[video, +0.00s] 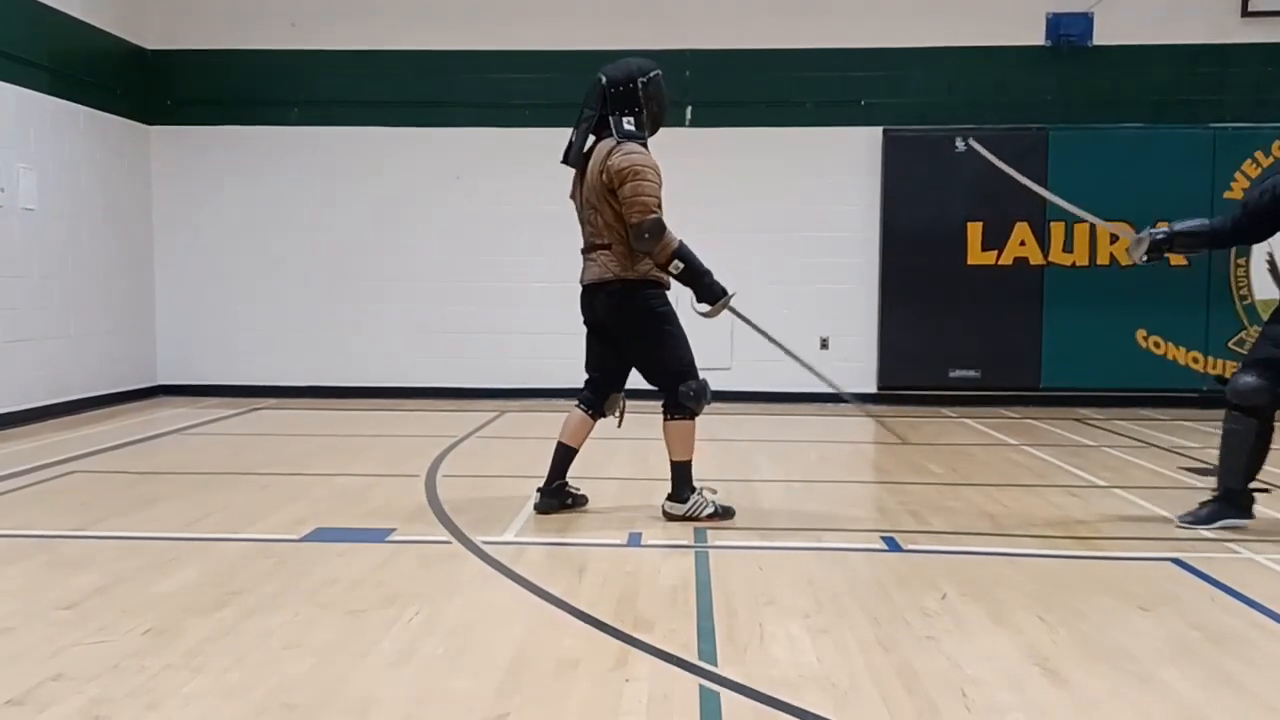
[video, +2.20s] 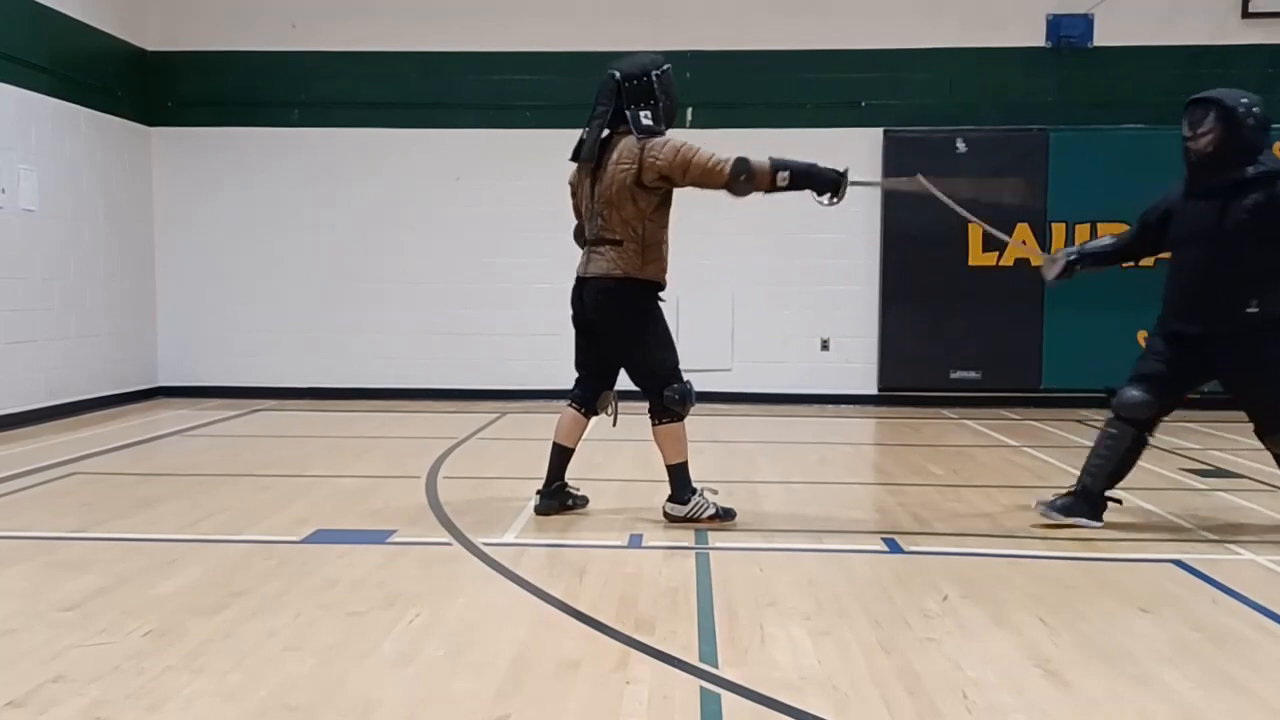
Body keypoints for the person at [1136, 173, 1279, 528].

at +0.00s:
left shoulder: (1273, 191)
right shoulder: (1272, 189)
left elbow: (1238, 227)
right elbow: (1238, 226)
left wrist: (1163, 237)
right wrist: (1165, 237)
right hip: (1279, 317)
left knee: (1252, 388)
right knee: (1251, 388)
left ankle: (1233, 498)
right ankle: (1232, 497)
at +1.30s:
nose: (1270, 125)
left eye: (1276, 116)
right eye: (1265, 116)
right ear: (1257, 123)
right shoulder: (1254, 178)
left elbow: (1193, 213)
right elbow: (1192, 213)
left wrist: (1114, 219)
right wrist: (1112, 220)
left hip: (1270, 316)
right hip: (1259, 314)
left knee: (1209, 388)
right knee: (1203, 389)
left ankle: (1193, 493)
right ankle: (1193, 494)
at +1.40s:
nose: (1253, 128)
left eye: (1265, 117)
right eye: (1248, 118)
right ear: (1240, 126)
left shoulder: (1269, 184)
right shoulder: (1238, 190)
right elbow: (1174, 224)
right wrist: (1097, 223)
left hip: (1269, 322)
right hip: (1250, 320)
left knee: (1191, 388)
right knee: (1186, 389)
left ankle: (1143, 488)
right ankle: (1142, 490)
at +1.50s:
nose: (1220, 133)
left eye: (1234, 125)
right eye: (1218, 124)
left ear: (1263, 132)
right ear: (1211, 128)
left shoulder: (1271, 189)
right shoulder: (1211, 194)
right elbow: (1144, 225)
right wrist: (1069, 217)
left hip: (1270, 328)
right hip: (1223, 328)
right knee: (1165, 403)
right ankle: (1103, 491)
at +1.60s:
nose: (1179, 144)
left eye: (1193, 134)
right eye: (1178, 134)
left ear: (1224, 141)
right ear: (1171, 138)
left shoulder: (1261, 194)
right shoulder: (1166, 201)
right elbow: (1102, 219)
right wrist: (1036, 202)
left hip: (1251, 341)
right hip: (1179, 343)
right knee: (1124, 405)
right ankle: (1083, 500)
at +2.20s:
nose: (1193, 138)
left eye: (1207, 130)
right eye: (1194, 128)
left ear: (1239, 133)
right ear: (1192, 130)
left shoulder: (1268, 188)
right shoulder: (1190, 195)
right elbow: (1137, 240)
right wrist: (1076, 255)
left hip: (1252, 333)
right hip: (1184, 330)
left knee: (1274, 429)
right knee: (1134, 406)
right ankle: (1087, 496)